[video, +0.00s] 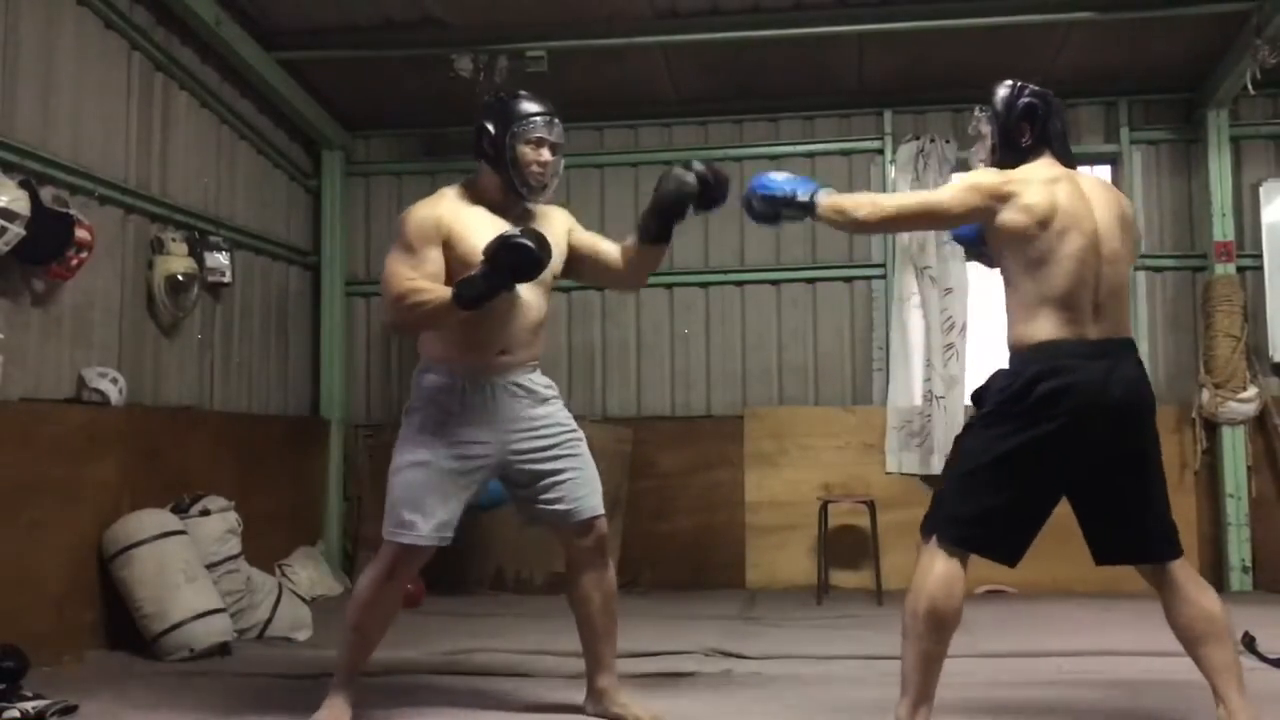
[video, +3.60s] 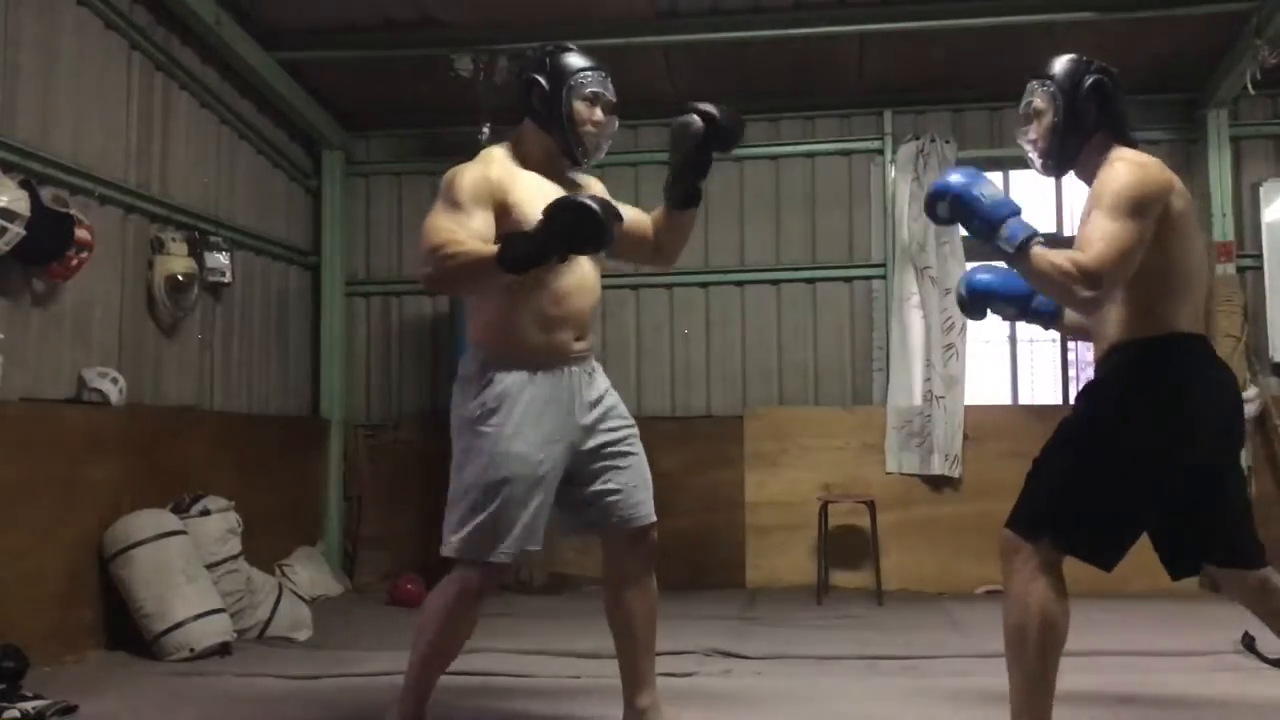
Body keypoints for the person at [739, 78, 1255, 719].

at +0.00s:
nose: (979, 143)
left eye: (983, 131)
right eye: (981, 131)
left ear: (1010, 134)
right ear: (1051, 134)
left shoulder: (1000, 185)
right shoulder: (1114, 198)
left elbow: (871, 212)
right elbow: (1071, 262)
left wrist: (803, 196)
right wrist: (988, 249)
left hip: (1039, 387)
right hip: (1123, 387)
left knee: (947, 544)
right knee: (1168, 562)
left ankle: (914, 707)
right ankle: (1237, 706)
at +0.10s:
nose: (1000, 143)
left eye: (1005, 130)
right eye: (999, 129)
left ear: (1033, 130)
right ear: (1070, 130)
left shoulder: (1031, 188)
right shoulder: (1131, 199)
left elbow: (935, 272)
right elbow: (1080, 279)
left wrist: (879, 258)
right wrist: (1002, 258)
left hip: (1056, 383)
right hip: (1132, 383)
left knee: (965, 547)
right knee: (1170, 566)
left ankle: (914, 709)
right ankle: (1239, 709)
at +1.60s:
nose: (1043, 139)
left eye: (1050, 123)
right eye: (1044, 123)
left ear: (1084, 124)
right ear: (1122, 125)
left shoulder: (1088, 187)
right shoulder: (1198, 195)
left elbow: (1007, 287)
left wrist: (931, 269)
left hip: (1111, 393)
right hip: (1199, 393)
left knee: (1015, 557)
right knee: (1242, 574)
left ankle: (959, 709)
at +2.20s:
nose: (1043, 142)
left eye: (1044, 125)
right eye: (1039, 129)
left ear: (1066, 117)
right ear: (1119, 114)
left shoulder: (1095, 169)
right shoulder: (1187, 177)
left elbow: (984, 234)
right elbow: (1170, 311)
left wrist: (959, 161)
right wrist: (1066, 305)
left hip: (1141, 377)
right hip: (1224, 376)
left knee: (1035, 543)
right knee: (1241, 556)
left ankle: (1034, 712)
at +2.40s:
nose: (1060, 131)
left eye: (1064, 113)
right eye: (1057, 115)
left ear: (1098, 109)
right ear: (1135, 109)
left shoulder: (1127, 166)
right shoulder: (1201, 174)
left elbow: (1032, 252)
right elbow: (1155, 313)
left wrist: (985, 189)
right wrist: (1068, 282)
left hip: (1156, 379)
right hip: (1239, 376)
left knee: (1061, 549)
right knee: (1272, 563)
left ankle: (1038, 711)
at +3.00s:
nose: (1049, 139)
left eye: (1059, 122)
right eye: (1046, 126)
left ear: (1106, 119)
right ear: (1118, 125)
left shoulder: (1141, 181)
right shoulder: (1174, 183)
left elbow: (1109, 305)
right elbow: (1134, 290)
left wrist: (1023, 260)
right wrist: (1057, 244)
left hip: (1161, 390)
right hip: (1218, 390)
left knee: (1037, 548)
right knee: (1239, 571)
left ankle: (1030, 713)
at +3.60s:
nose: (1025, 132)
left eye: (1035, 114)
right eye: (1025, 117)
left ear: (1077, 112)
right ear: (1090, 117)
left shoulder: (1130, 171)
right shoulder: (1135, 184)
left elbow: (1089, 281)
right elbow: (1119, 322)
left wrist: (1004, 227)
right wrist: (1032, 303)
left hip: (1144, 386)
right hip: (1194, 387)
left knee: (1029, 549)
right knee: (1239, 570)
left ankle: (1029, 712)